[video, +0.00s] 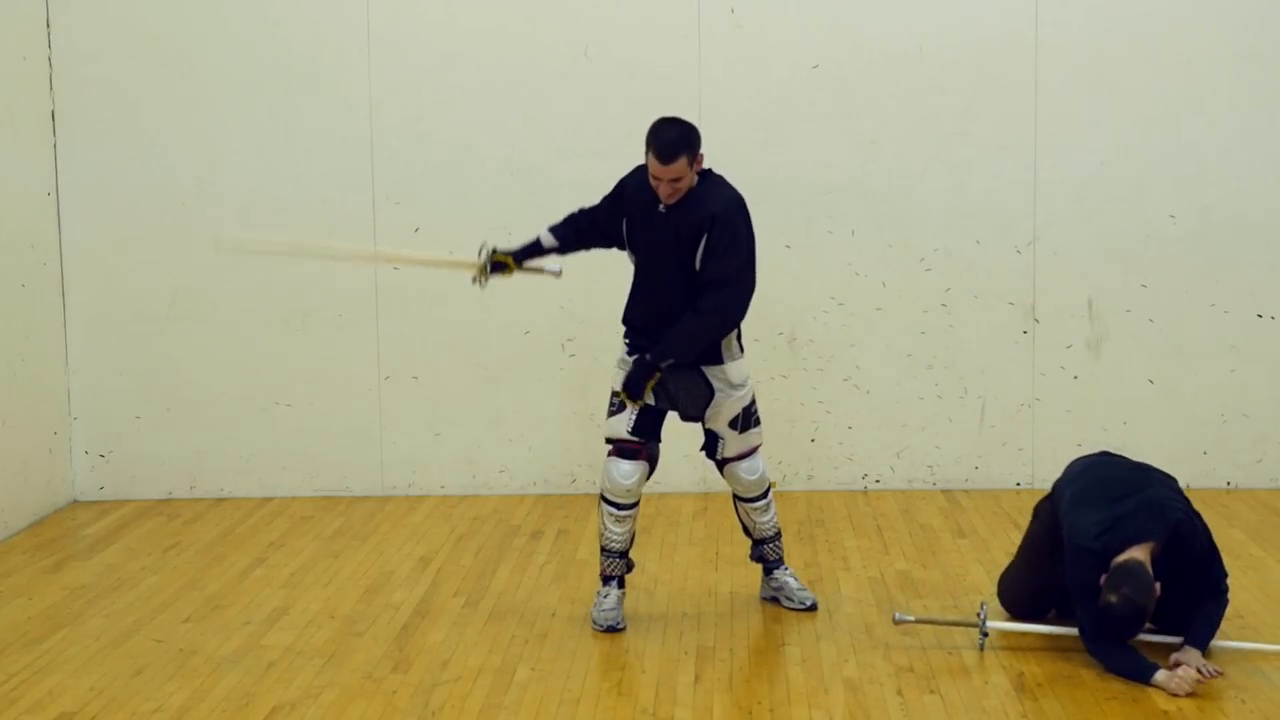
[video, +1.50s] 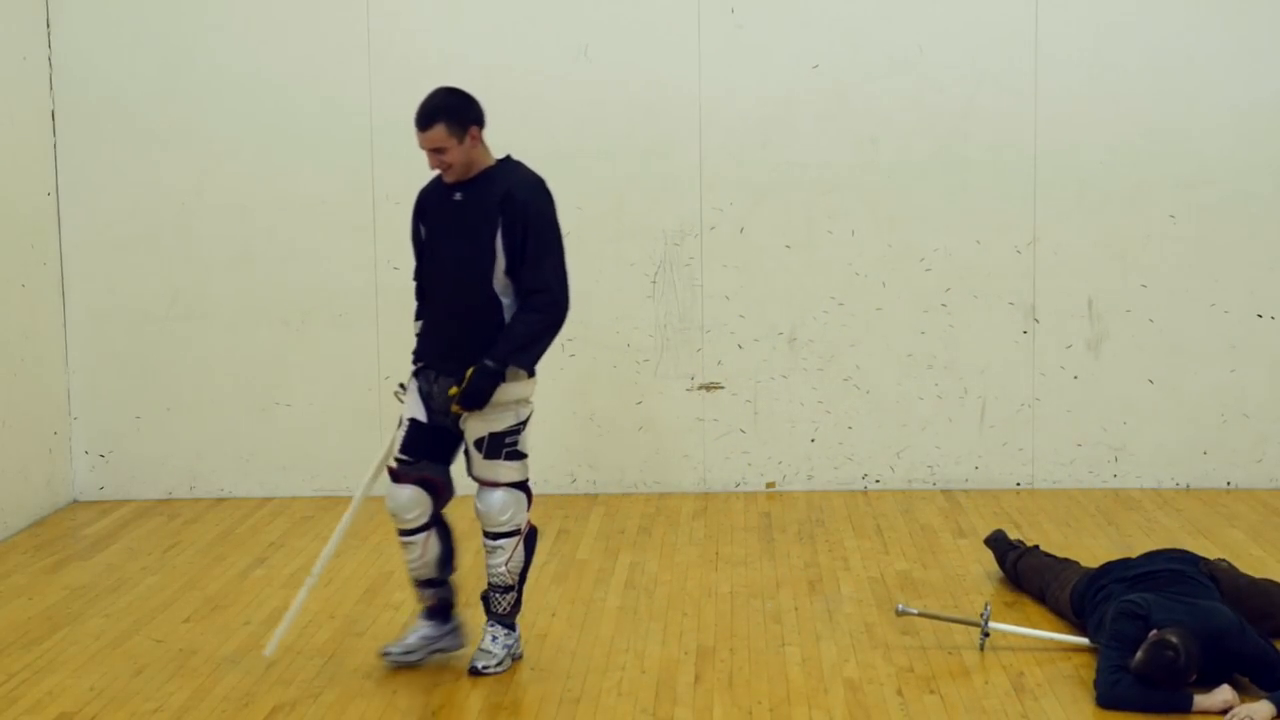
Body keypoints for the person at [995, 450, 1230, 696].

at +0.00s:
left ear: (1156, 593)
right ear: (1102, 581)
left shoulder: (1185, 532)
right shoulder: (1085, 549)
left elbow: (1216, 591)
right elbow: (1096, 639)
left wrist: (1194, 648)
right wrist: (1158, 676)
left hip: (1155, 484)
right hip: (1080, 482)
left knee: (1179, 619)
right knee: (1017, 602)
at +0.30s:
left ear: (1184, 630)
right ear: (1134, 604)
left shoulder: (1223, 579)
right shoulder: (1120, 573)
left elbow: (1242, 623)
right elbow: (1116, 660)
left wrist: (1218, 659)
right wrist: (1184, 686)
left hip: (1178, 499)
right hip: (1104, 497)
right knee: (1043, 605)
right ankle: (1038, 536)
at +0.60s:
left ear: (1180, 643)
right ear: (1134, 616)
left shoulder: (1228, 594)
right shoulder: (1124, 583)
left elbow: (1277, 666)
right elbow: (1112, 668)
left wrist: (1256, 693)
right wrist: (1181, 696)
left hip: (1194, 544)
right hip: (1112, 552)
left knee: (1276, 608)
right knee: (1067, 587)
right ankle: (1008, 541)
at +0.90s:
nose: (1166, 688)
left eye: (1169, 681)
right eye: (1157, 682)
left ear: (1190, 657)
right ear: (1139, 638)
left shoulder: (1229, 614)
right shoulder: (1127, 608)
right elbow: (1113, 682)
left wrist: (1267, 703)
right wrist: (1193, 703)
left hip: (1187, 565)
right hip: (1106, 581)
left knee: (1277, 598)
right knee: (1050, 568)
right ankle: (1001, 541)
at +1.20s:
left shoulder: (1227, 628)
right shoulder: (1122, 624)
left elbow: (1279, 678)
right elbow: (1111, 691)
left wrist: (1272, 705)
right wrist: (1199, 700)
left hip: (1182, 568)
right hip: (1104, 583)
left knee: (1276, 603)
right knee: (1050, 572)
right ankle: (1010, 551)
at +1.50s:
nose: (1130, 662)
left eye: (1136, 664)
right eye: (1137, 658)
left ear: (1194, 667)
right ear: (1149, 639)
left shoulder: (1225, 629)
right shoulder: (1124, 623)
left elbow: (1279, 678)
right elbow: (1110, 691)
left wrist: (1270, 705)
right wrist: (1199, 703)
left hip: (1181, 568)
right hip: (1104, 583)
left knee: (1275, 604)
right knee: (1048, 572)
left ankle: (1220, 574)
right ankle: (1010, 552)